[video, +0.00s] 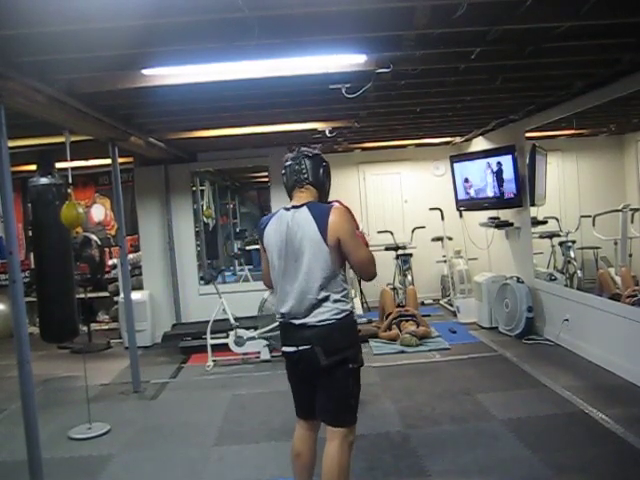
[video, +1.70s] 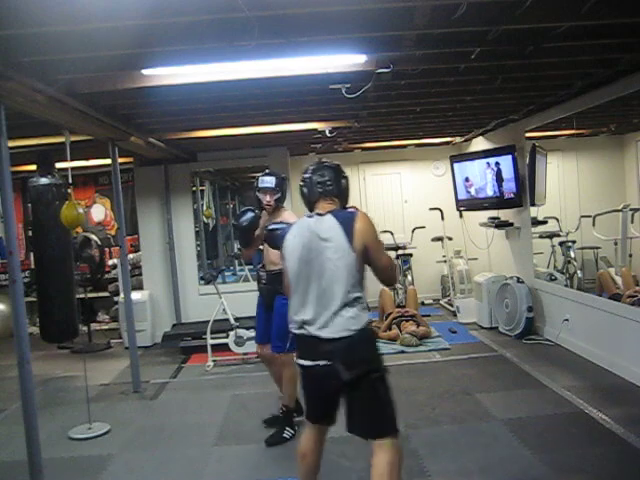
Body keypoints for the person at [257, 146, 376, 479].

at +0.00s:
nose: (328, 182)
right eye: (326, 177)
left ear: (288, 183)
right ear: (321, 179)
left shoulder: (269, 226)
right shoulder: (334, 214)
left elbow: (270, 281)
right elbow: (367, 270)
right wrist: (356, 241)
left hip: (293, 339)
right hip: (335, 337)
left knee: (305, 423)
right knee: (339, 432)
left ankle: (302, 477)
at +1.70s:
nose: (343, 192)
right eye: (343, 186)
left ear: (307, 193)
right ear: (342, 190)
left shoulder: (292, 234)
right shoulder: (356, 222)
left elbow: (290, 288)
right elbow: (389, 276)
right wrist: (367, 244)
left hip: (309, 351)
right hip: (354, 348)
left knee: (314, 426)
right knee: (384, 437)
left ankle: (305, 475)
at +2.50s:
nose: (393, 185)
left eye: (394, 179)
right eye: (393, 179)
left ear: (400, 183)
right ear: (436, 177)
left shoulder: (399, 225)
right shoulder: (476, 213)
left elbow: (384, 286)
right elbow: (490, 269)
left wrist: (387, 254)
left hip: (432, 351)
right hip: (486, 345)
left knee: (412, 438)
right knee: (517, 438)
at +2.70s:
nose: (440, 192)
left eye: (440, 185)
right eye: (438, 185)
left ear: (451, 183)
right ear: (483, 177)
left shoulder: (450, 230)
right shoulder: (526, 214)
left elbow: (428, 294)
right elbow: (528, 266)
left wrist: (418, 257)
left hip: (480, 357)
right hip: (537, 351)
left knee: (454, 440)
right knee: (553, 444)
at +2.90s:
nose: (457, 188)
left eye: (457, 178)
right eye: (455, 179)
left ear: (474, 171)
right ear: (503, 165)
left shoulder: (475, 214)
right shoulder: (550, 199)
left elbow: (458, 284)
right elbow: (549, 252)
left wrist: (436, 247)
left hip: (498, 339)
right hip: (553, 334)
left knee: (473, 418)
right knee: (552, 438)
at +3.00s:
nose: (457, 197)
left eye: (456, 188)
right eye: (454, 190)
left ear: (473, 179)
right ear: (495, 174)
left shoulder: (487, 218)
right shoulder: (551, 204)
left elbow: (463, 288)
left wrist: (441, 247)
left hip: (507, 339)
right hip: (559, 335)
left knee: (472, 412)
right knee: (554, 436)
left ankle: (492, 475)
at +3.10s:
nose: (455, 205)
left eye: (455, 196)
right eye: (451, 198)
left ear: (469, 189)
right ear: (491, 181)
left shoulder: (490, 226)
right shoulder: (545, 209)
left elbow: (461, 290)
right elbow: (513, 262)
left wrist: (438, 248)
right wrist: (467, 233)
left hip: (512, 341)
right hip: (562, 337)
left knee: (476, 415)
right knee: (554, 433)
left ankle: (508, 474)